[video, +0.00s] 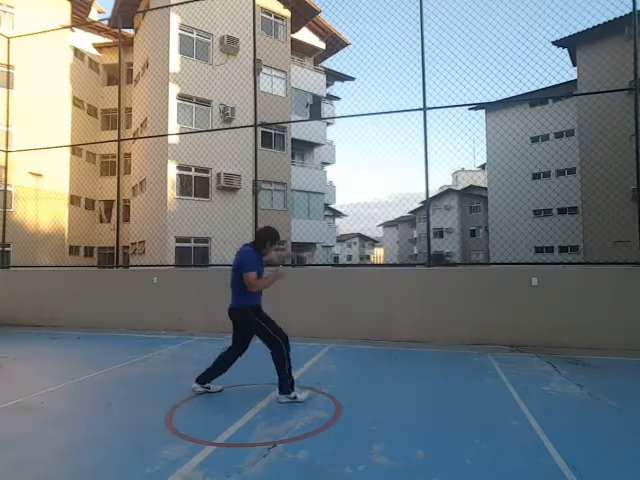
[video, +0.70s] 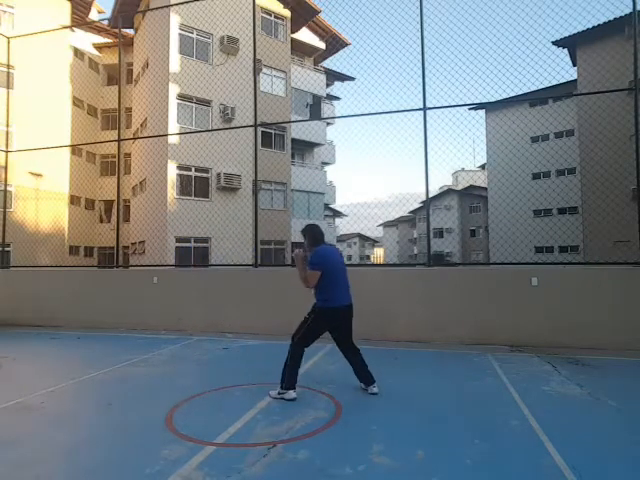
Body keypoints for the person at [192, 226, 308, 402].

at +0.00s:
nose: (273, 250)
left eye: (274, 247)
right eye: (273, 246)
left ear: (259, 240)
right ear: (266, 244)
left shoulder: (250, 253)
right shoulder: (250, 256)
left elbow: (268, 259)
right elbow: (253, 286)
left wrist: (284, 254)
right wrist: (274, 276)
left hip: (242, 310)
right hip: (248, 311)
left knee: (237, 348)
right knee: (279, 341)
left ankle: (202, 382)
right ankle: (287, 391)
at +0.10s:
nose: (286, 241)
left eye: (287, 237)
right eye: (285, 237)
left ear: (269, 233)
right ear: (279, 236)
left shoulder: (254, 248)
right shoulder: (271, 251)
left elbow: (258, 280)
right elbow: (270, 282)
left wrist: (282, 280)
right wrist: (288, 280)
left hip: (251, 309)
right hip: (267, 308)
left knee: (247, 346)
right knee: (297, 342)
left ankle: (212, 377)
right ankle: (288, 390)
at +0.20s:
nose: (291, 231)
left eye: (291, 228)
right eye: (291, 228)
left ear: (271, 226)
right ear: (288, 228)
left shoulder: (257, 244)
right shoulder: (291, 244)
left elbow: (253, 263)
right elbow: (300, 269)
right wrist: (318, 271)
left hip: (263, 302)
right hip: (284, 301)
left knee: (264, 339)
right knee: (300, 343)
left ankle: (244, 383)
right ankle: (289, 389)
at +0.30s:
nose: (291, 227)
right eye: (291, 224)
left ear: (270, 225)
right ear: (289, 225)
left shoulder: (263, 242)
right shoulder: (298, 238)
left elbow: (255, 263)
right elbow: (318, 255)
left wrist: (270, 255)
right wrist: (324, 249)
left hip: (274, 301)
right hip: (298, 299)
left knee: (274, 342)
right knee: (308, 340)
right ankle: (308, 378)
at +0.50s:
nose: (285, 238)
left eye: (286, 235)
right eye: (287, 235)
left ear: (287, 236)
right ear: (303, 233)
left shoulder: (289, 251)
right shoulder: (311, 247)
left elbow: (276, 277)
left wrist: (274, 257)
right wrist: (283, 253)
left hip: (302, 308)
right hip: (322, 305)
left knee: (279, 342)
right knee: (334, 343)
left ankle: (287, 389)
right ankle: (365, 381)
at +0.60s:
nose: (293, 243)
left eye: (293, 240)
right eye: (293, 240)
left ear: (297, 241)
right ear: (311, 238)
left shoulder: (306, 256)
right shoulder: (321, 252)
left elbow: (298, 283)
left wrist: (288, 267)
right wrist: (294, 263)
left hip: (314, 310)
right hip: (333, 308)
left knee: (287, 342)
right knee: (341, 346)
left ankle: (287, 389)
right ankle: (369, 383)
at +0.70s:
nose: (304, 243)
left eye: (305, 239)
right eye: (304, 239)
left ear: (309, 240)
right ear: (321, 237)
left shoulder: (318, 255)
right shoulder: (335, 251)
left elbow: (309, 283)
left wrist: (300, 263)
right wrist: (306, 260)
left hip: (325, 309)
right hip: (344, 308)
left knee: (298, 342)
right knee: (347, 345)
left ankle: (287, 389)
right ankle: (370, 384)